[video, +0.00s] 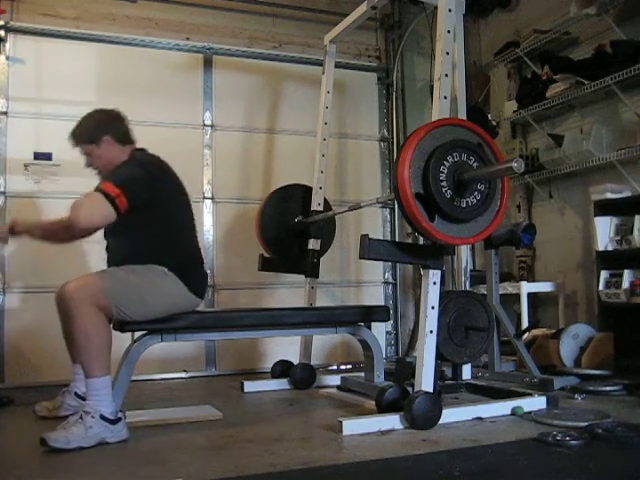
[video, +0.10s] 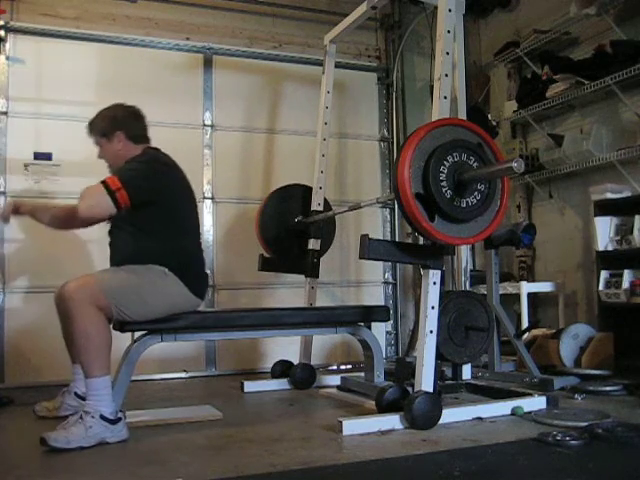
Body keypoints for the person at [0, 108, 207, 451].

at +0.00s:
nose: (88, 161)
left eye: (90, 153)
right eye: (85, 155)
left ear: (109, 142)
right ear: (112, 143)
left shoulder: (141, 170)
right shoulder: (127, 173)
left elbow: (80, 220)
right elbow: (75, 229)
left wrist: (31, 229)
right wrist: (28, 228)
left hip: (173, 280)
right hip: (150, 278)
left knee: (81, 296)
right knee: (68, 295)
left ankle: (104, 416)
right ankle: (81, 394)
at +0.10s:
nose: (99, 153)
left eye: (101, 144)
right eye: (98, 145)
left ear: (120, 139)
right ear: (124, 140)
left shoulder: (151, 168)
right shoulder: (140, 169)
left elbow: (78, 214)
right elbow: (79, 217)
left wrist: (26, 208)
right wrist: (26, 208)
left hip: (173, 279)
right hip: (153, 276)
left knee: (80, 296)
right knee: (67, 296)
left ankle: (104, 415)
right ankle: (82, 394)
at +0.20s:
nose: (109, 150)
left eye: (111, 141)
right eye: (109, 142)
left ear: (130, 137)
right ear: (138, 138)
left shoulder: (158, 168)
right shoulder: (149, 168)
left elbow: (78, 208)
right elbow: (91, 207)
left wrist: (32, 193)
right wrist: (39, 195)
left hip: (174, 279)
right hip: (153, 276)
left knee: (81, 296)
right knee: (67, 295)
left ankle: (104, 415)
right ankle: (81, 394)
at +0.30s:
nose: (118, 148)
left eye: (121, 139)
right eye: (119, 140)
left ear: (139, 137)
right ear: (146, 138)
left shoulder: (164, 167)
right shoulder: (155, 169)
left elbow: (85, 203)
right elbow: (91, 204)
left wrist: (37, 183)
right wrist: (41, 185)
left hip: (175, 280)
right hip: (154, 277)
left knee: (82, 297)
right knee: (67, 296)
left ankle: (104, 416)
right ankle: (82, 395)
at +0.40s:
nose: (125, 146)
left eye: (128, 137)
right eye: (125, 138)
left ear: (146, 136)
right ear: (151, 138)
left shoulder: (167, 168)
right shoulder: (161, 169)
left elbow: (88, 198)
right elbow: (94, 199)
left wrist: (37, 171)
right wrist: (42, 174)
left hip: (177, 280)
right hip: (157, 276)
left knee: (83, 297)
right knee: (68, 295)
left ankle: (104, 416)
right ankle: (82, 394)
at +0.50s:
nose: (129, 146)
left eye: (133, 138)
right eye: (130, 138)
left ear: (153, 138)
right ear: (155, 139)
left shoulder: (170, 169)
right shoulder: (159, 169)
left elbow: (100, 204)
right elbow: (90, 191)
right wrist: (40, 162)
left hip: (178, 280)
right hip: (157, 276)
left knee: (84, 296)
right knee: (69, 294)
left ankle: (104, 416)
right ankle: (82, 394)